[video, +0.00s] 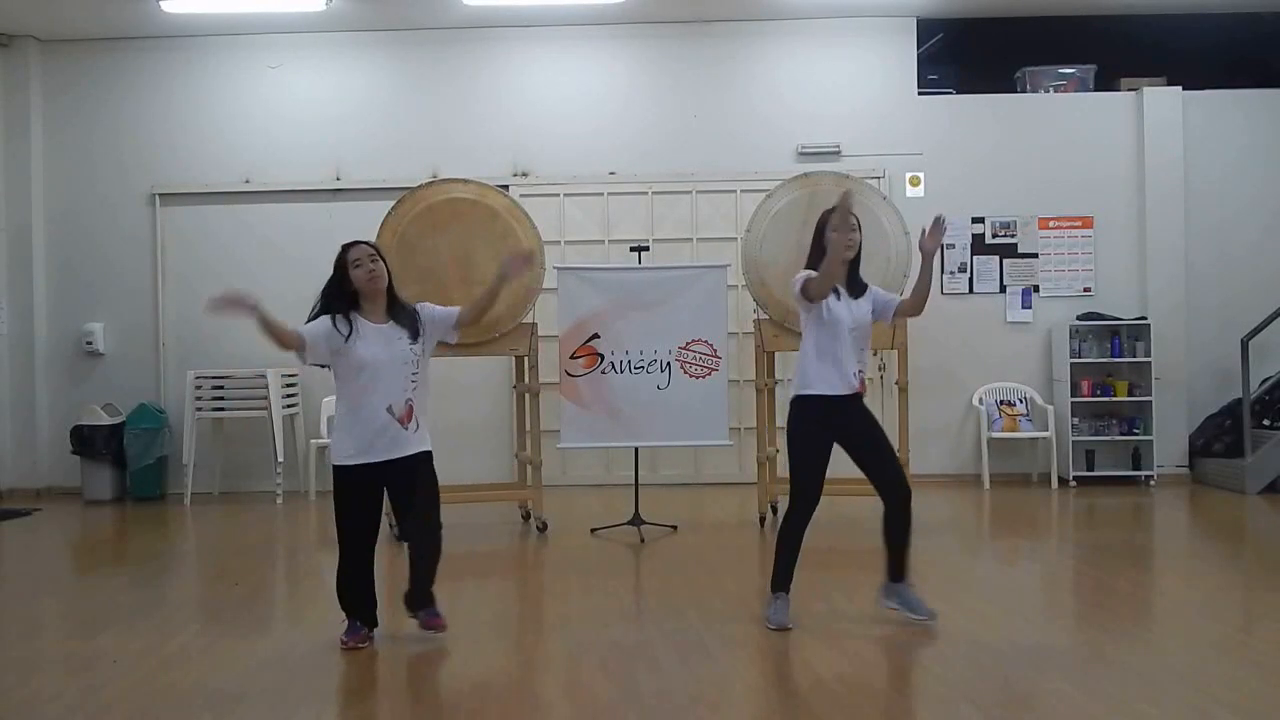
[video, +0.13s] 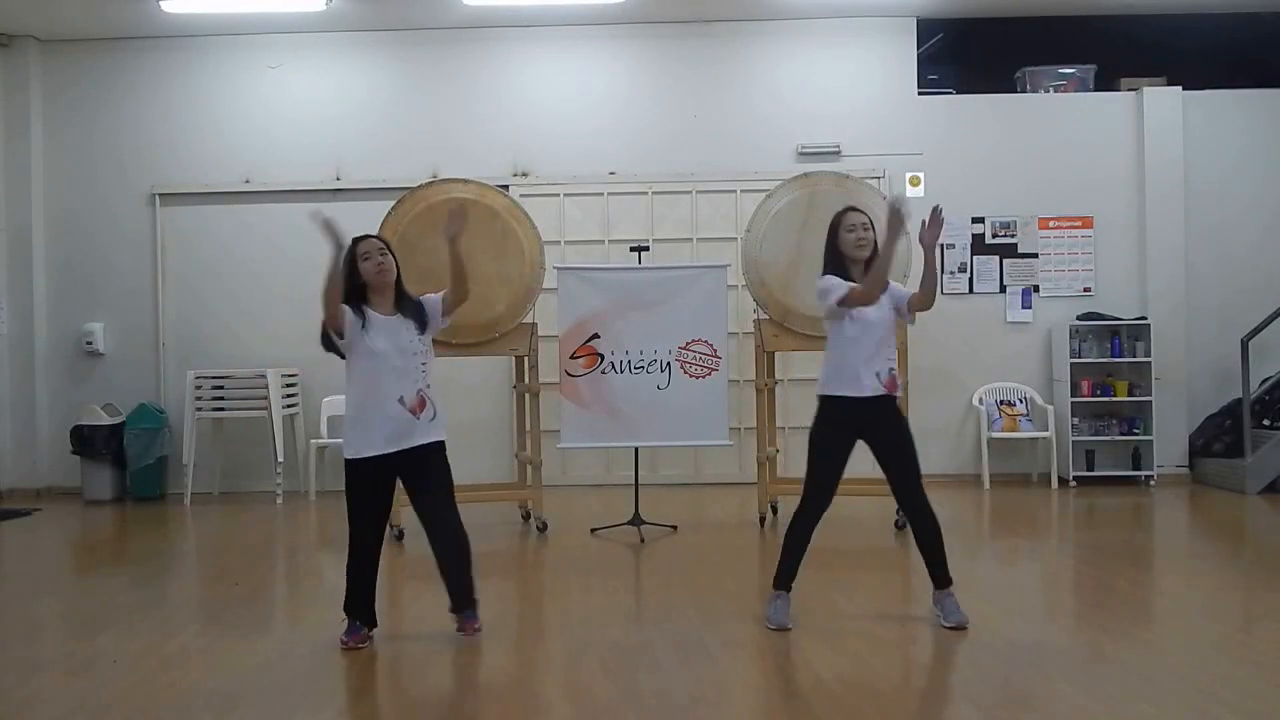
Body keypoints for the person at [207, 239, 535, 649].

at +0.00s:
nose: (370, 266)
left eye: (375, 259)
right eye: (358, 264)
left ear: (387, 269)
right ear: (347, 281)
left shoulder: (416, 318)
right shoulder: (337, 327)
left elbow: (467, 318)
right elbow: (291, 339)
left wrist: (501, 279)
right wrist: (258, 313)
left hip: (411, 449)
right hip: (355, 454)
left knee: (426, 531)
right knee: (356, 544)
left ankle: (422, 600)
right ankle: (359, 620)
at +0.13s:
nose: (379, 260)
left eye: (383, 253)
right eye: (367, 257)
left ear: (396, 265)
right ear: (355, 275)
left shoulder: (420, 311)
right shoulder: (352, 320)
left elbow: (458, 293)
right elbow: (332, 305)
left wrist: (454, 243)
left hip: (421, 441)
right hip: (367, 447)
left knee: (447, 529)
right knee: (364, 538)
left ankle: (465, 608)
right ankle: (359, 620)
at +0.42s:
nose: (416, 265)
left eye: (424, 259)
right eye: (408, 261)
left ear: (438, 271)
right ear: (398, 277)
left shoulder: (464, 317)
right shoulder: (387, 325)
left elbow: (510, 306)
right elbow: (343, 324)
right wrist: (338, 289)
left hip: (471, 444)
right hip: (416, 450)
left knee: (477, 534)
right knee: (399, 537)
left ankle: (482, 616)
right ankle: (370, 616)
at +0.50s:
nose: (425, 265)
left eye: (435, 260)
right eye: (417, 261)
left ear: (449, 274)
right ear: (409, 277)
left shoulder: (474, 318)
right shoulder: (394, 328)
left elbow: (525, 311)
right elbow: (337, 335)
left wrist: (558, 280)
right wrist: (305, 307)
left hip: (477, 445)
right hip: (421, 451)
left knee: (480, 534)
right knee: (407, 535)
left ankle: (483, 617)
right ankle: (391, 612)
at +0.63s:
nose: (440, 261)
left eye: (449, 257)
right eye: (433, 256)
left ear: (465, 271)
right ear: (423, 270)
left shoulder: (485, 319)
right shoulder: (403, 322)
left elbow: (541, 333)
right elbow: (351, 348)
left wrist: (595, 324)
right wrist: (293, 352)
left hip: (479, 447)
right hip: (424, 448)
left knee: (478, 534)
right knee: (432, 536)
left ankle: (483, 616)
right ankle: (442, 601)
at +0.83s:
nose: (448, 262)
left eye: (459, 258)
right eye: (444, 255)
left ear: (474, 273)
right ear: (434, 265)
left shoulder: (490, 320)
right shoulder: (409, 318)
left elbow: (535, 338)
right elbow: (361, 341)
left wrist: (575, 325)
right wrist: (303, 341)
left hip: (477, 450)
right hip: (424, 450)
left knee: (478, 537)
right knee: (430, 543)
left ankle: (484, 615)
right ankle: (455, 604)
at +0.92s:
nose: (448, 263)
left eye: (459, 259)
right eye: (444, 256)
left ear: (474, 272)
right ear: (434, 265)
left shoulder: (489, 317)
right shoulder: (411, 316)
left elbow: (523, 317)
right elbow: (356, 318)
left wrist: (528, 283)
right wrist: (312, 283)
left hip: (474, 449)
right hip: (421, 448)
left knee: (474, 532)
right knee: (406, 527)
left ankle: (483, 615)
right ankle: (438, 595)